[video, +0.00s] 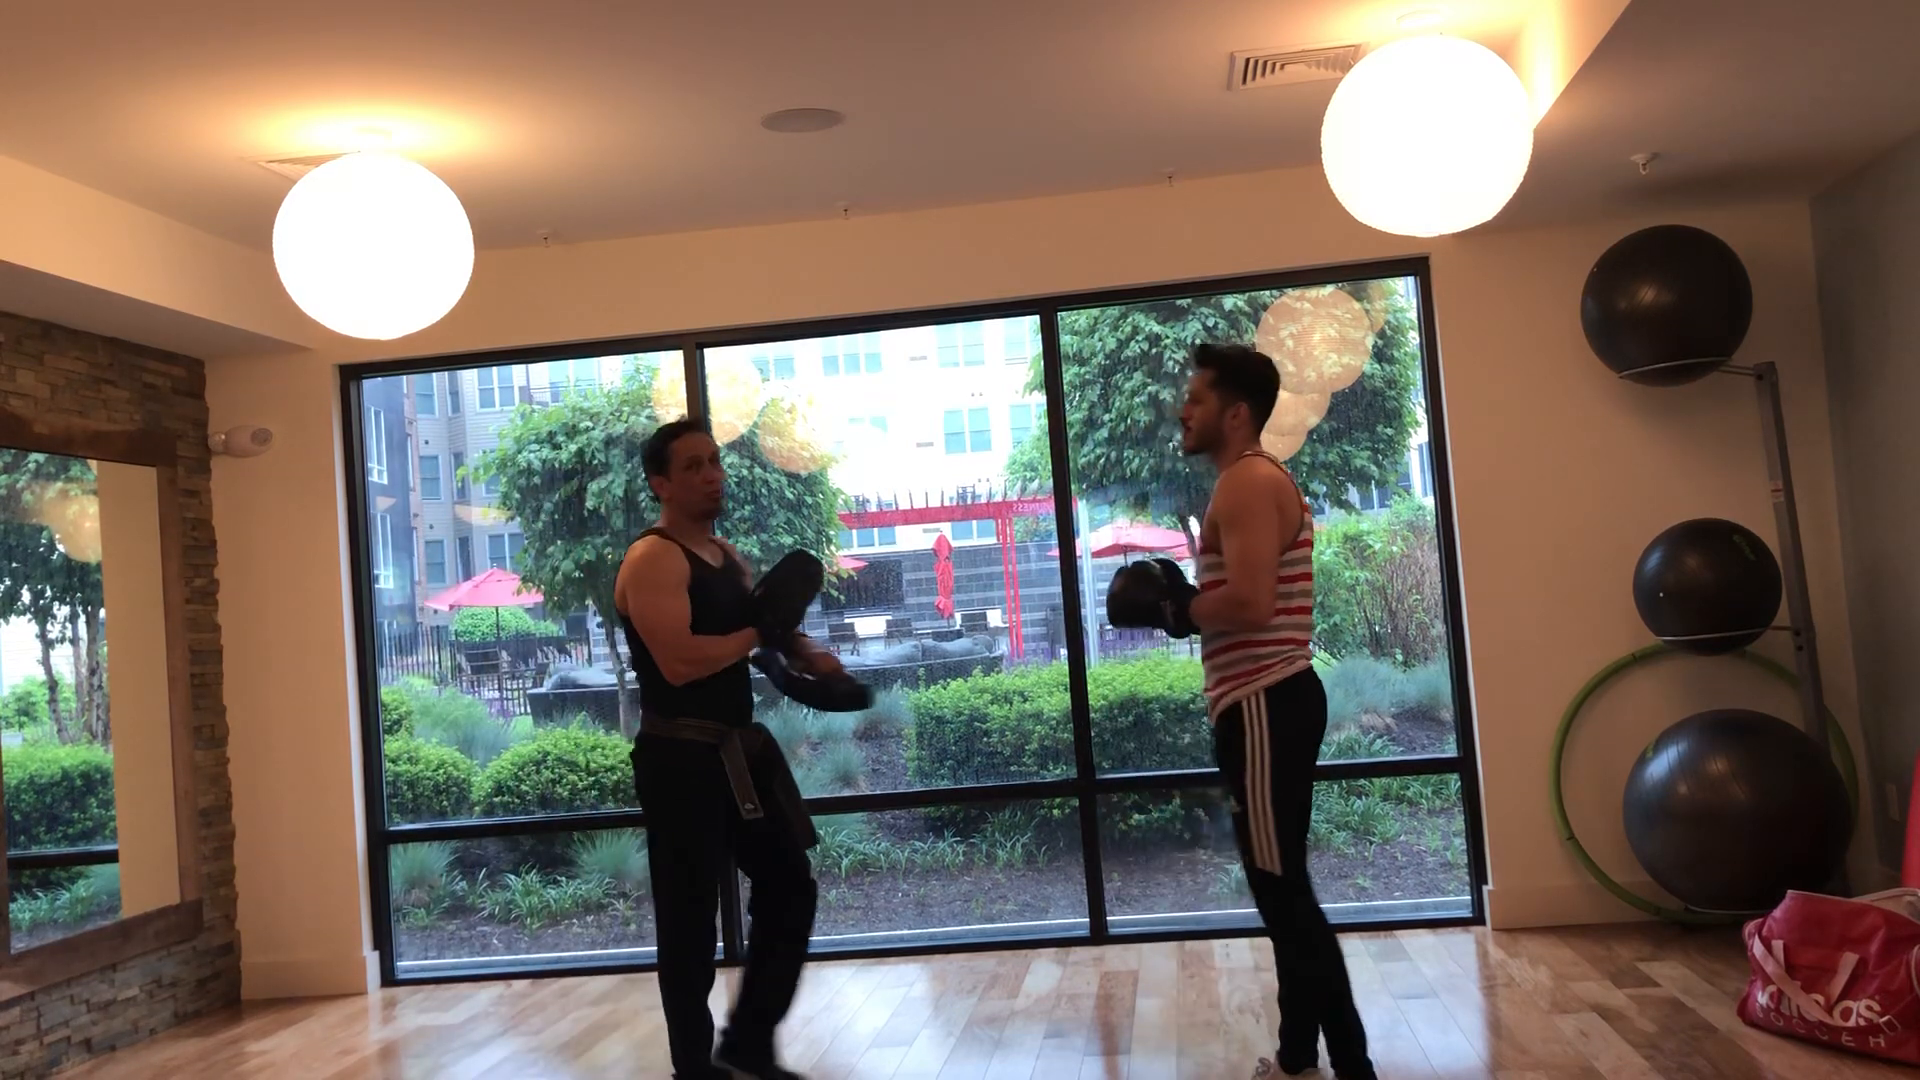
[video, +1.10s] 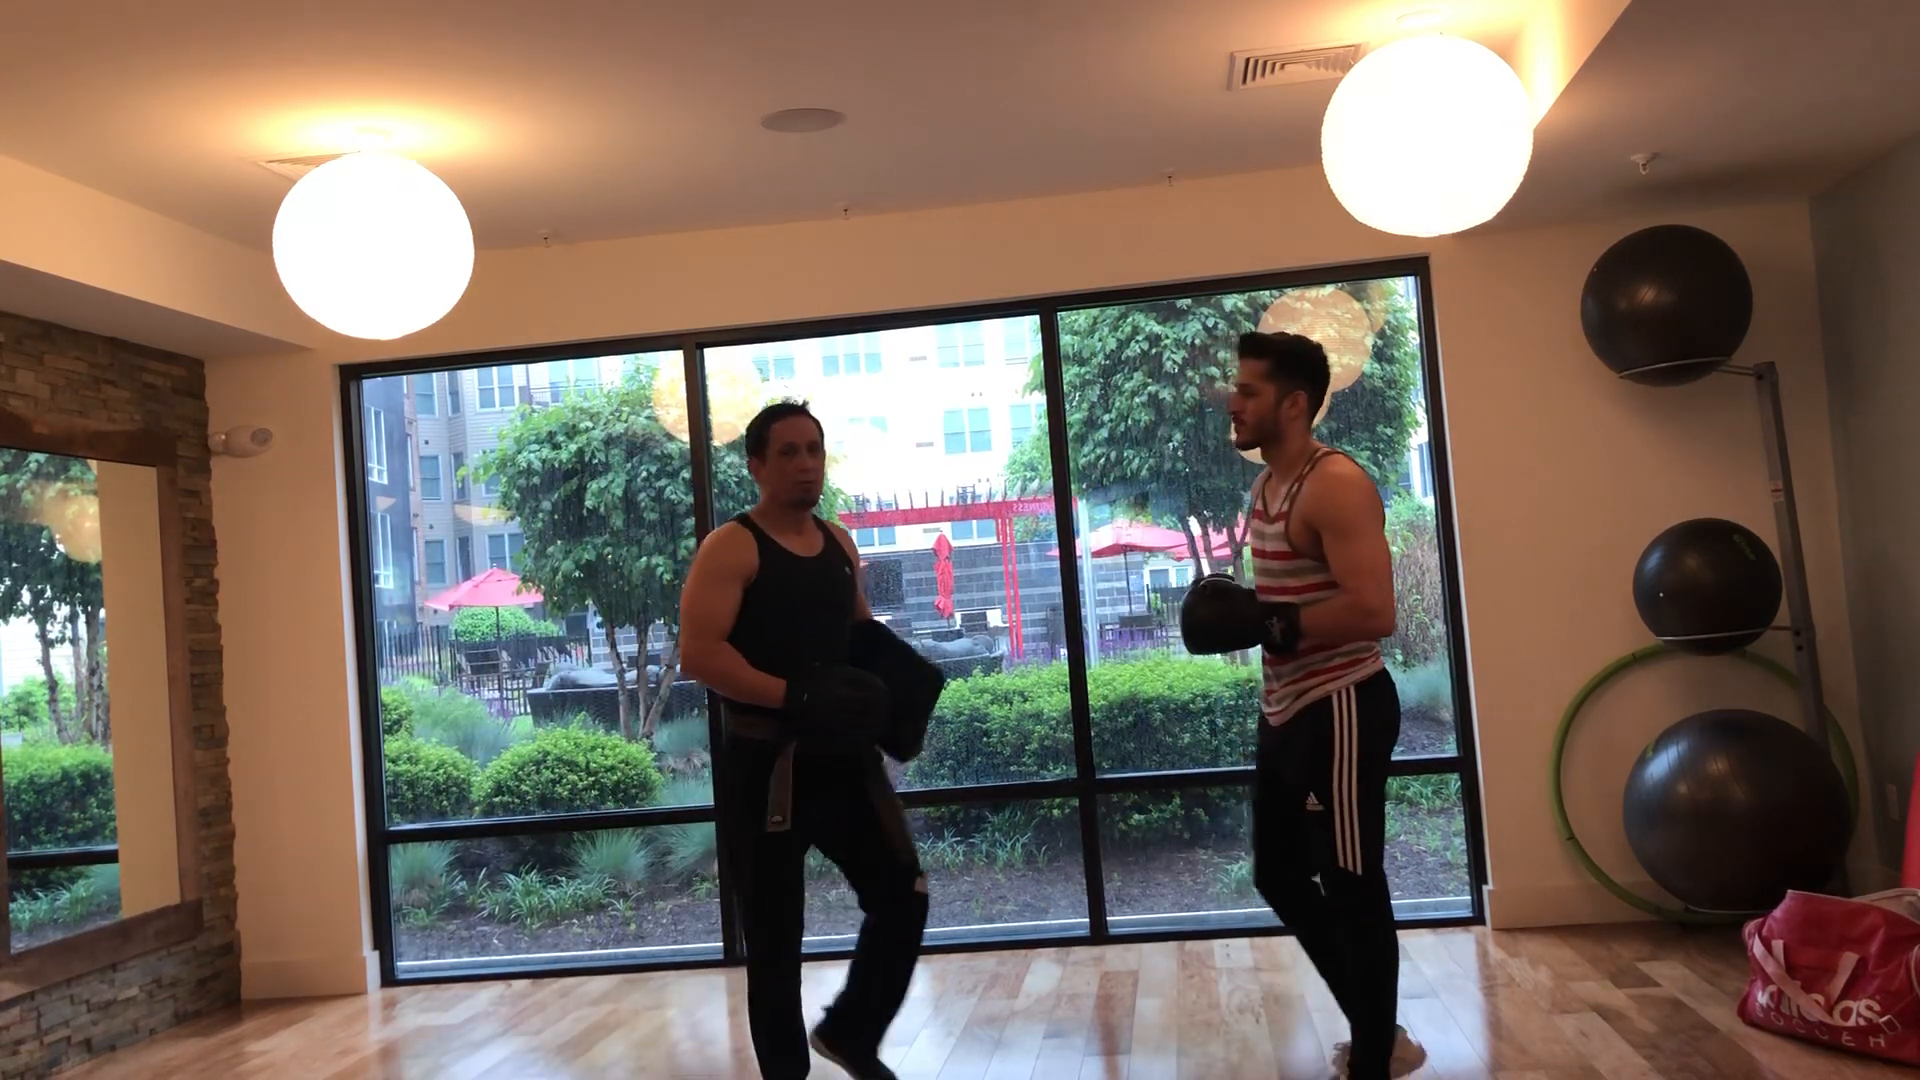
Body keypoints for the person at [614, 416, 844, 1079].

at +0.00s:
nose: (714, 474)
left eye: (715, 461)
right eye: (696, 466)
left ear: (720, 469)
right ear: (661, 484)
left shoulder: (729, 557)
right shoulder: (650, 560)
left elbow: (771, 625)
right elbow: (679, 661)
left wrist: (813, 656)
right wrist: (762, 633)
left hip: (739, 748)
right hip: (676, 756)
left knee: (790, 886)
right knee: (687, 914)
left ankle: (749, 1042)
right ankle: (693, 1061)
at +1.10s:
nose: (807, 464)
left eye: (815, 450)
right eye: (790, 452)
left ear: (825, 460)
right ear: (756, 466)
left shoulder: (838, 543)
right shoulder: (728, 548)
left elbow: (859, 633)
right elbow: (698, 653)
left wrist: (895, 686)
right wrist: (798, 695)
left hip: (840, 753)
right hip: (760, 763)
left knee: (901, 896)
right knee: (774, 932)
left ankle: (851, 1031)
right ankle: (784, 1068)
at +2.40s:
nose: (881, 438)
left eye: (889, 424)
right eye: (862, 428)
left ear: (903, 436)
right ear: (831, 448)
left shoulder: (910, 533)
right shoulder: (809, 533)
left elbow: (946, 622)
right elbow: (772, 649)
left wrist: (1021, 640)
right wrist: (850, 730)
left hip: (915, 754)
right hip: (836, 763)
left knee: (943, 936)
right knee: (838, 948)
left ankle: (949, 1074)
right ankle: (842, 1078)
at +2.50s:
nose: (871, 442)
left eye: (879, 428)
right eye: (851, 432)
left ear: (891, 438)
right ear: (820, 449)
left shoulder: (902, 532)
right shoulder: (799, 536)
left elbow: (955, 617)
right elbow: (764, 653)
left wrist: (1041, 612)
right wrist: (848, 730)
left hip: (907, 757)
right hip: (829, 766)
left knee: (939, 938)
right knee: (835, 952)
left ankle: (948, 1074)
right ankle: (839, 1078)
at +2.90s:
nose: (894, 453)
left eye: (895, 438)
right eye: (875, 443)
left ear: (897, 443)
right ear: (832, 457)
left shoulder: (903, 527)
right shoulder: (804, 541)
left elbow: (915, 626)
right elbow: (775, 662)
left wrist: (974, 663)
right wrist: (885, 697)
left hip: (917, 755)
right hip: (838, 764)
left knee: (962, 923)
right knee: (839, 950)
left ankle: (983, 1072)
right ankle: (840, 1078)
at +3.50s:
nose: (1022, 488)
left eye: (1025, 475)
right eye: (1017, 472)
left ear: (976, 467)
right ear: (972, 462)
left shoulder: (979, 539)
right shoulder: (895, 530)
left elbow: (989, 626)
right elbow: (890, 646)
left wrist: (1052, 618)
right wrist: (995, 638)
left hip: (954, 744)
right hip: (887, 746)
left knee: (973, 923)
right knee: (888, 930)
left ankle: (990, 1071)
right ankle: (874, 1073)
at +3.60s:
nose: (1021, 484)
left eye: (1023, 470)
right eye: (1015, 468)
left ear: (974, 465)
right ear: (968, 460)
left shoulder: (976, 539)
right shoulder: (896, 529)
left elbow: (978, 631)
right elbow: (895, 646)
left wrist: (1040, 627)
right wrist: (997, 640)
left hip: (954, 743)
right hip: (887, 746)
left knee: (974, 920)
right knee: (886, 930)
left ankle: (990, 1068)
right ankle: (873, 1074)